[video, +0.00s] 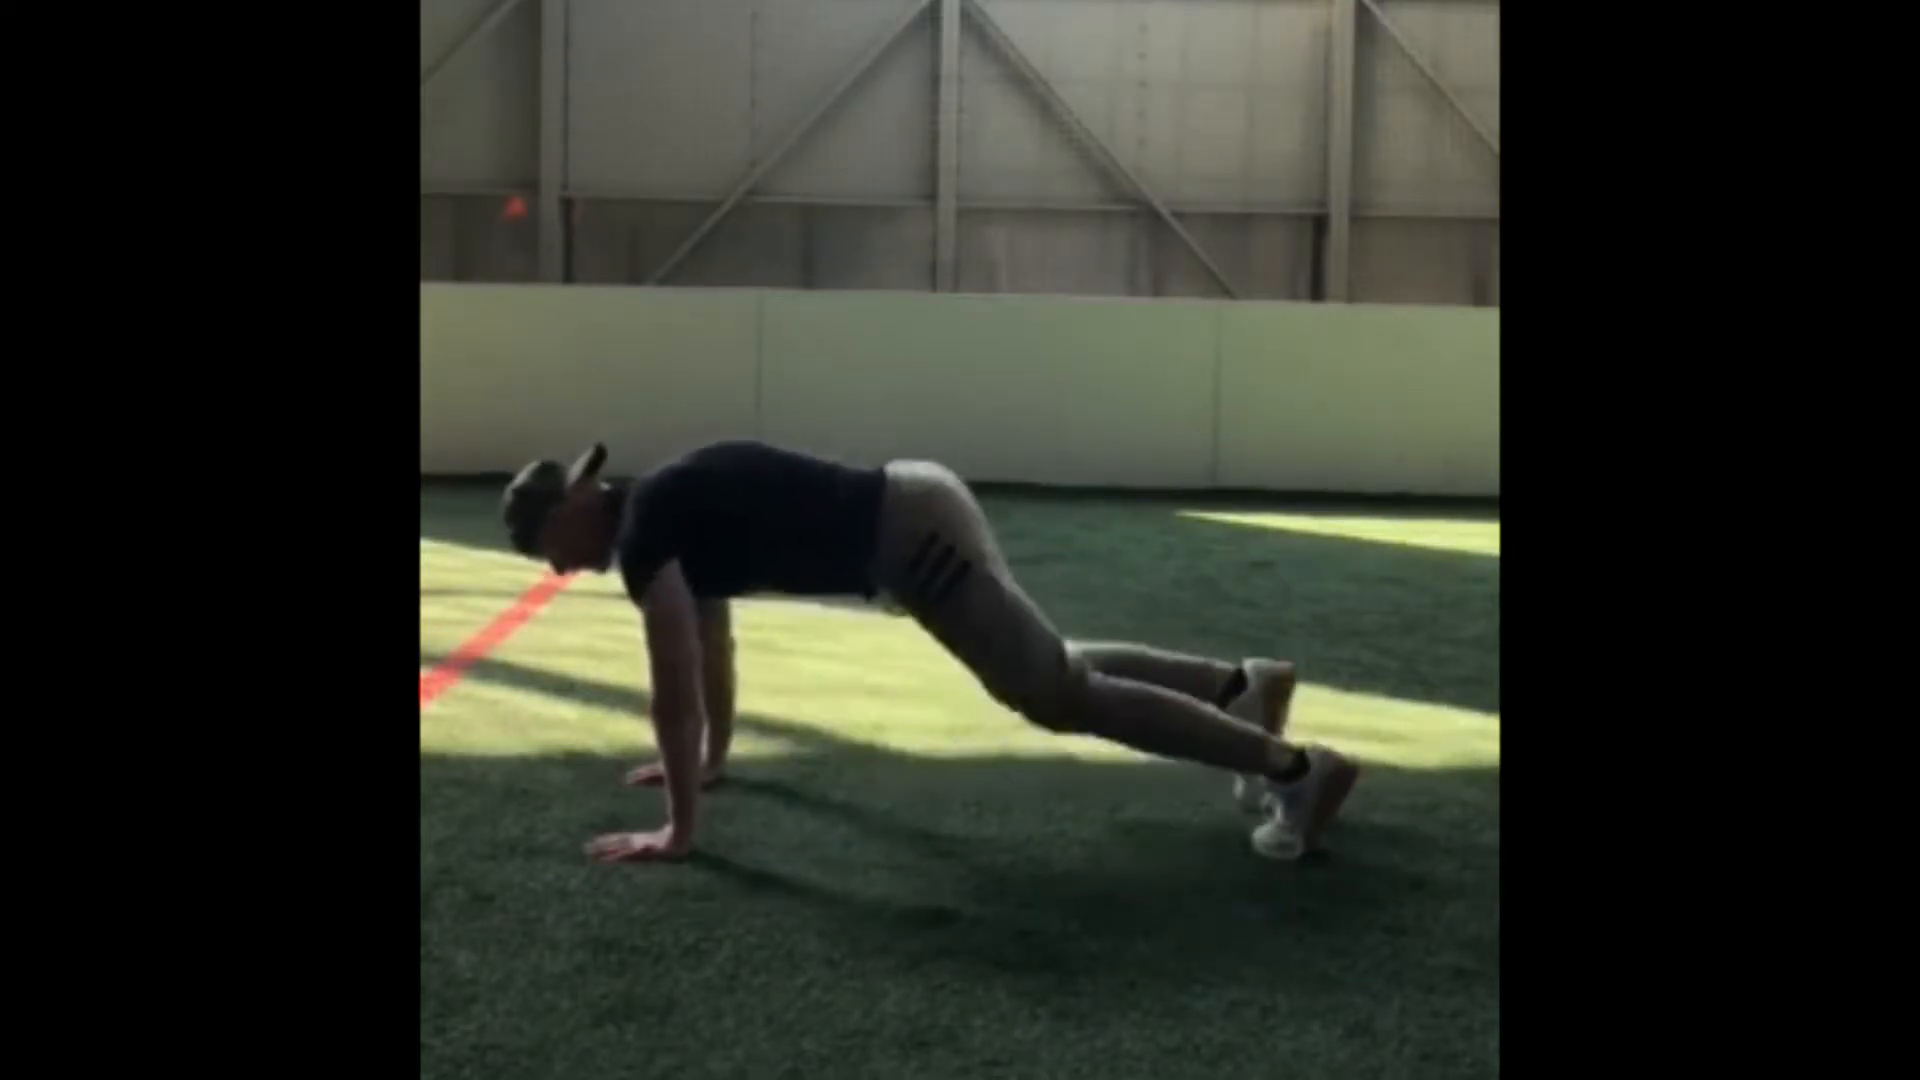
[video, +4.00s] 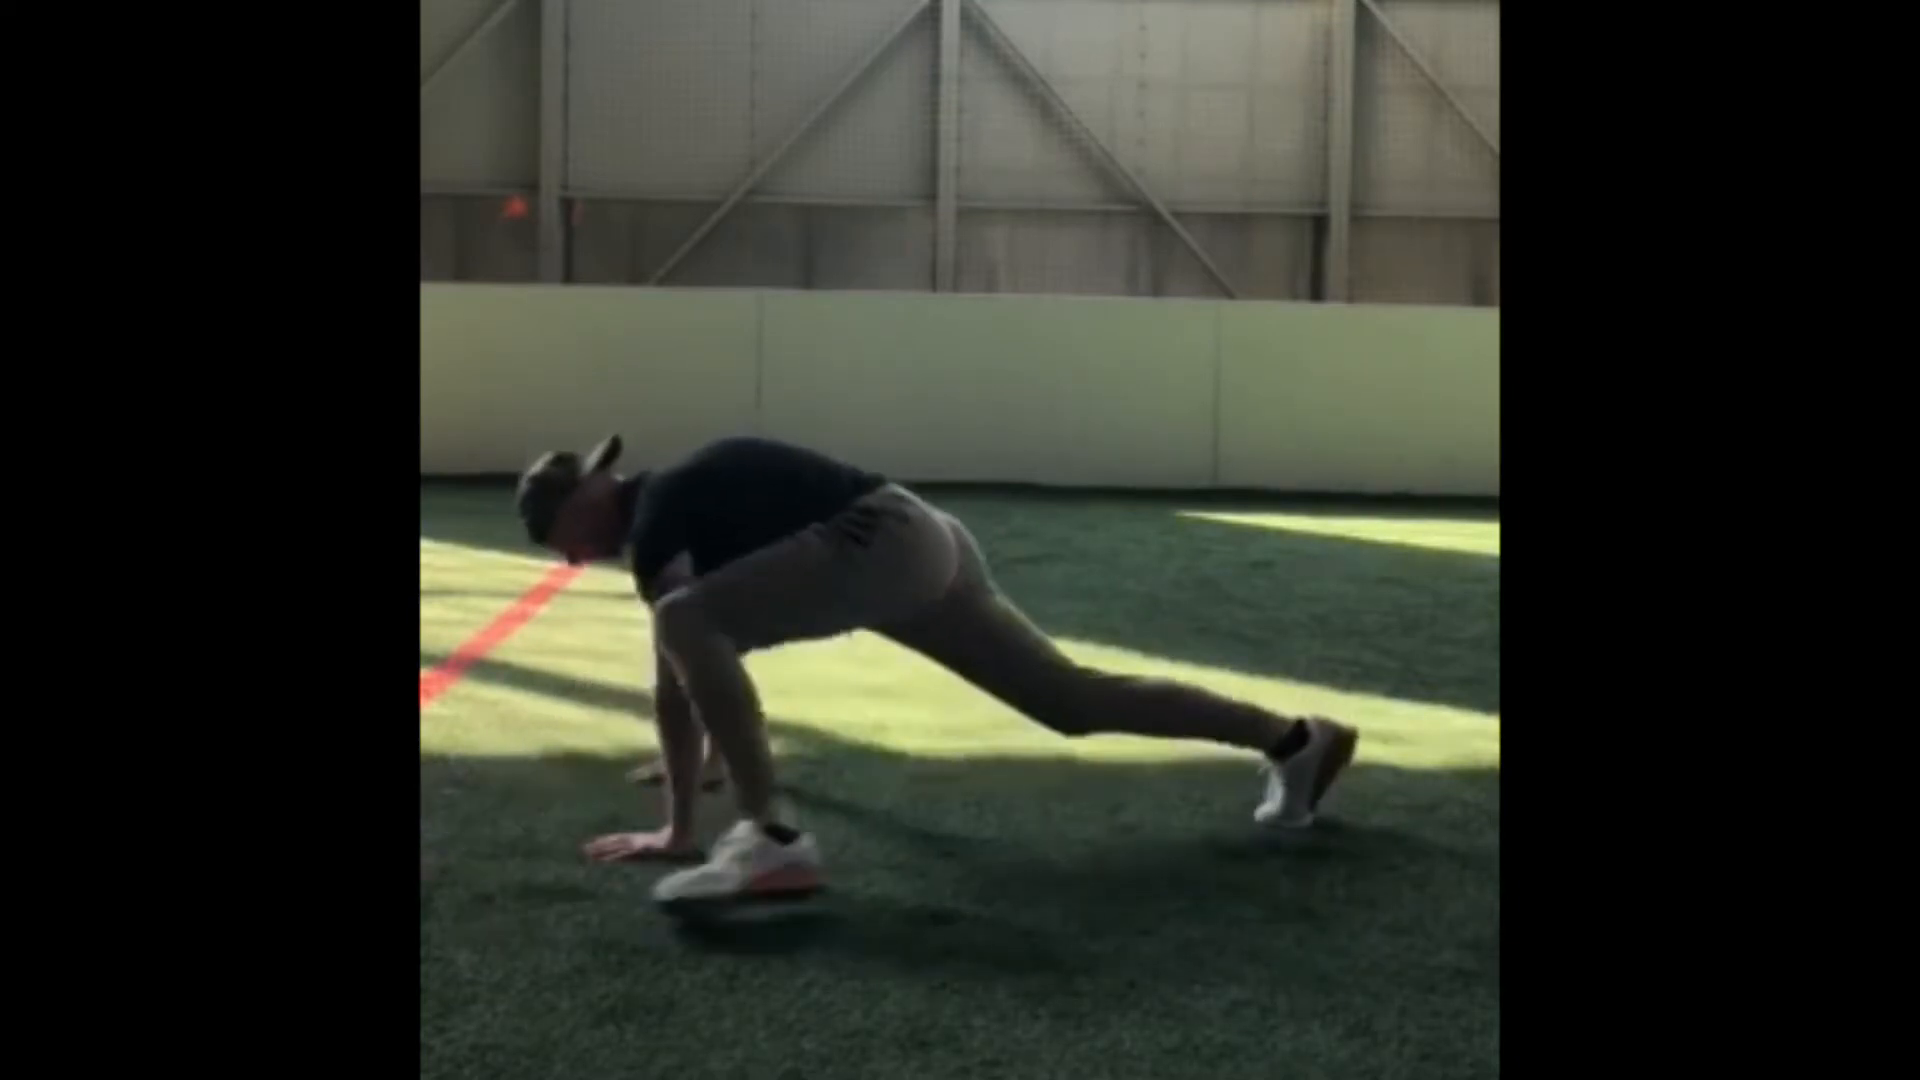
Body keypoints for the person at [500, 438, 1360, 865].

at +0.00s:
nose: (567, 571)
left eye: (559, 556)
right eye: (555, 561)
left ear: (580, 511)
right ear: (590, 498)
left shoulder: (648, 538)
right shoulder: (672, 504)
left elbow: (674, 694)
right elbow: (714, 654)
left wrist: (677, 832)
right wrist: (707, 756)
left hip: (919, 536)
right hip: (922, 504)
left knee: (1060, 700)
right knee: (1050, 674)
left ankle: (1297, 771)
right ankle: (1238, 688)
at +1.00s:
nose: (582, 559)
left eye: (574, 542)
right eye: (572, 547)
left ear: (596, 506)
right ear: (617, 485)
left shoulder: (652, 536)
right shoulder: (702, 509)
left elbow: (678, 687)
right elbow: (731, 667)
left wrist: (677, 826)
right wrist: (710, 765)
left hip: (927, 591)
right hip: (928, 560)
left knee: (1100, 718)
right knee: (1096, 703)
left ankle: (1348, 769)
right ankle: (1307, 750)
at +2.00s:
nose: (582, 562)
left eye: (573, 545)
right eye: (570, 551)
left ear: (597, 504)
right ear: (613, 487)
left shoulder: (660, 535)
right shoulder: (699, 506)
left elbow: (680, 689)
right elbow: (728, 664)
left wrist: (678, 832)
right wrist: (708, 766)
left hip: (921, 592)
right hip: (947, 552)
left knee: (1022, 789)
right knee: (1111, 678)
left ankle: (1260, 771)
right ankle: (1320, 740)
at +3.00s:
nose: (572, 565)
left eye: (564, 549)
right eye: (561, 553)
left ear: (583, 513)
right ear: (600, 491)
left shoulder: (642, 535)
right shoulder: (682, 499)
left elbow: (671, 693)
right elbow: (713, 652)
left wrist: (677, 829)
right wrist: (708, 756)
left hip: (914, 534)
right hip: (907, 502)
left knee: (1108, 675)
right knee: (853, 649)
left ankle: (1334, 777)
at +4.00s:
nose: (575, 559)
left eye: (566, 542)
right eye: (564, 550)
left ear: (589, 505)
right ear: (602, 498)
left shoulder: (653, 520)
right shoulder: (680, 505)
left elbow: (672, 682)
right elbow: (708, 659)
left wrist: (675, 828)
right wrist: (698, 781)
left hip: (883, 545)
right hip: (930, 546)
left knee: (685, 619)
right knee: (1072, 701)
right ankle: (1295, 742)